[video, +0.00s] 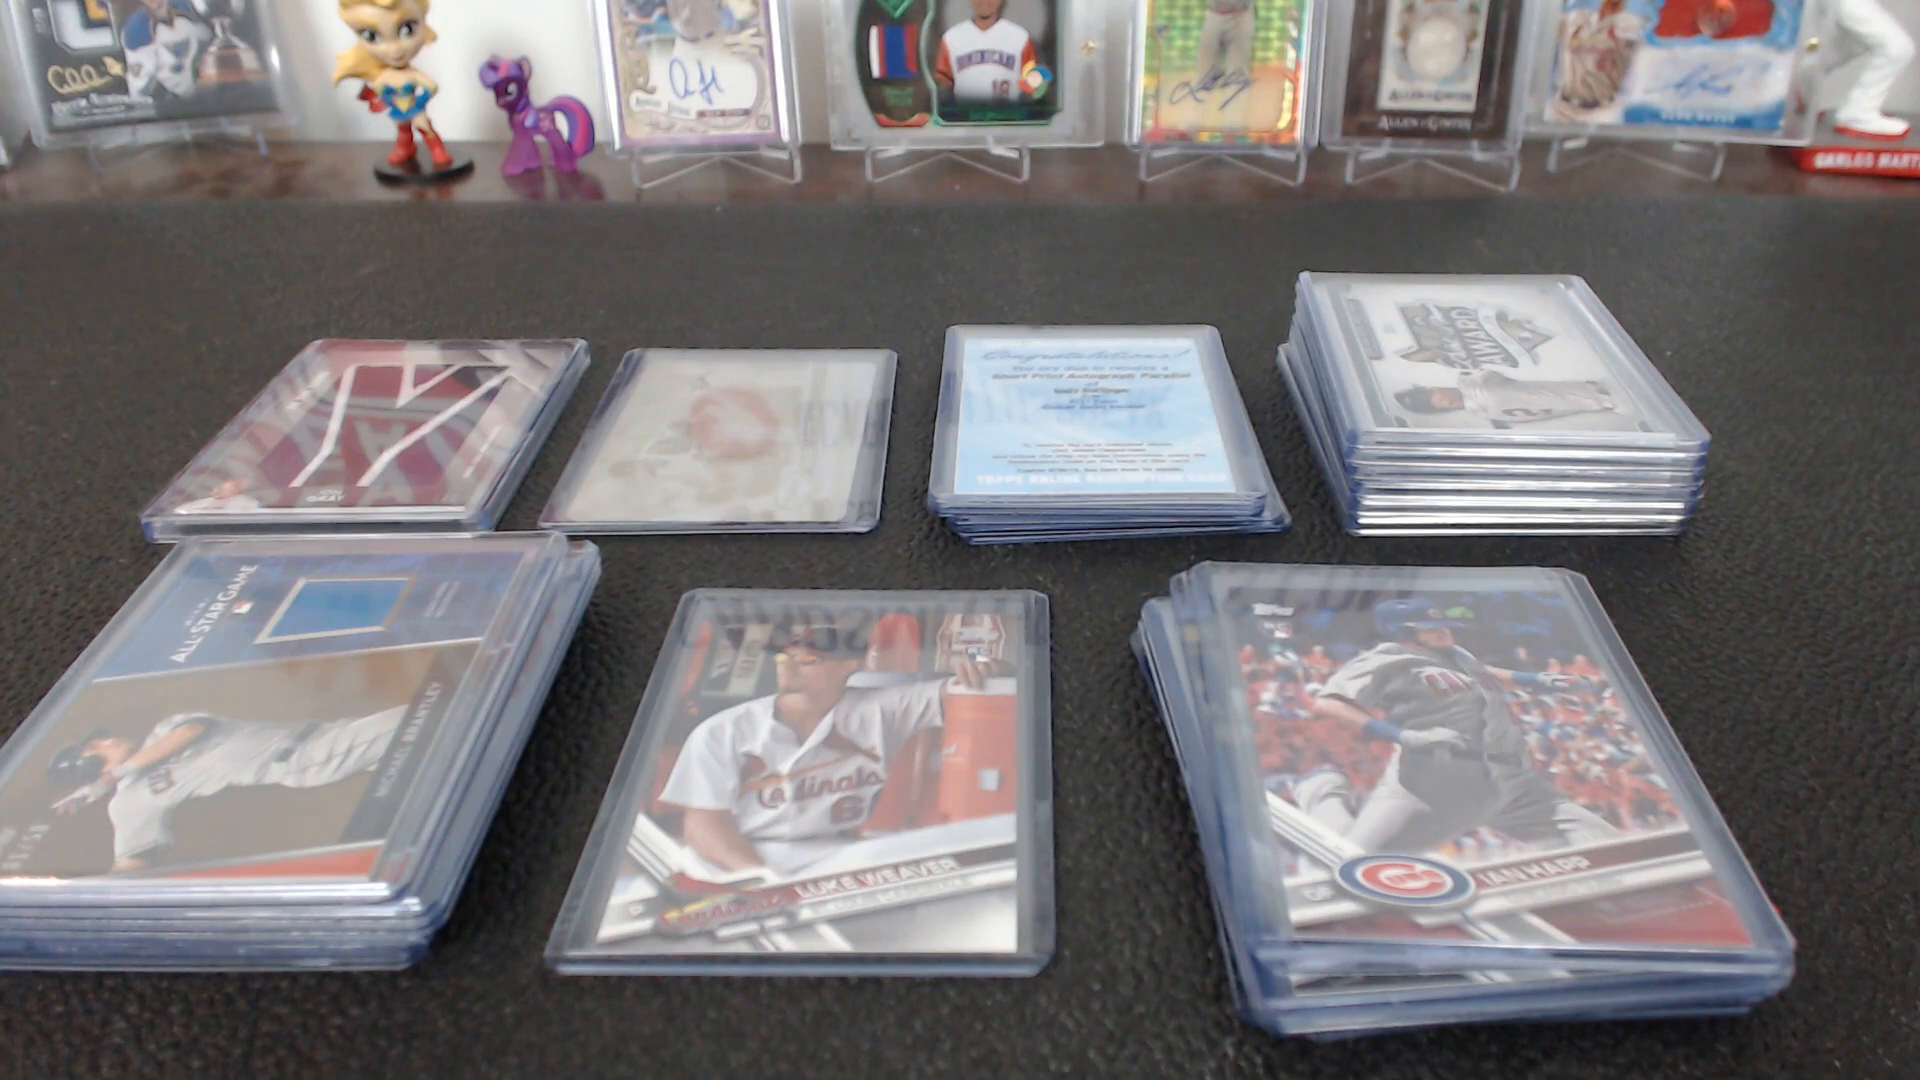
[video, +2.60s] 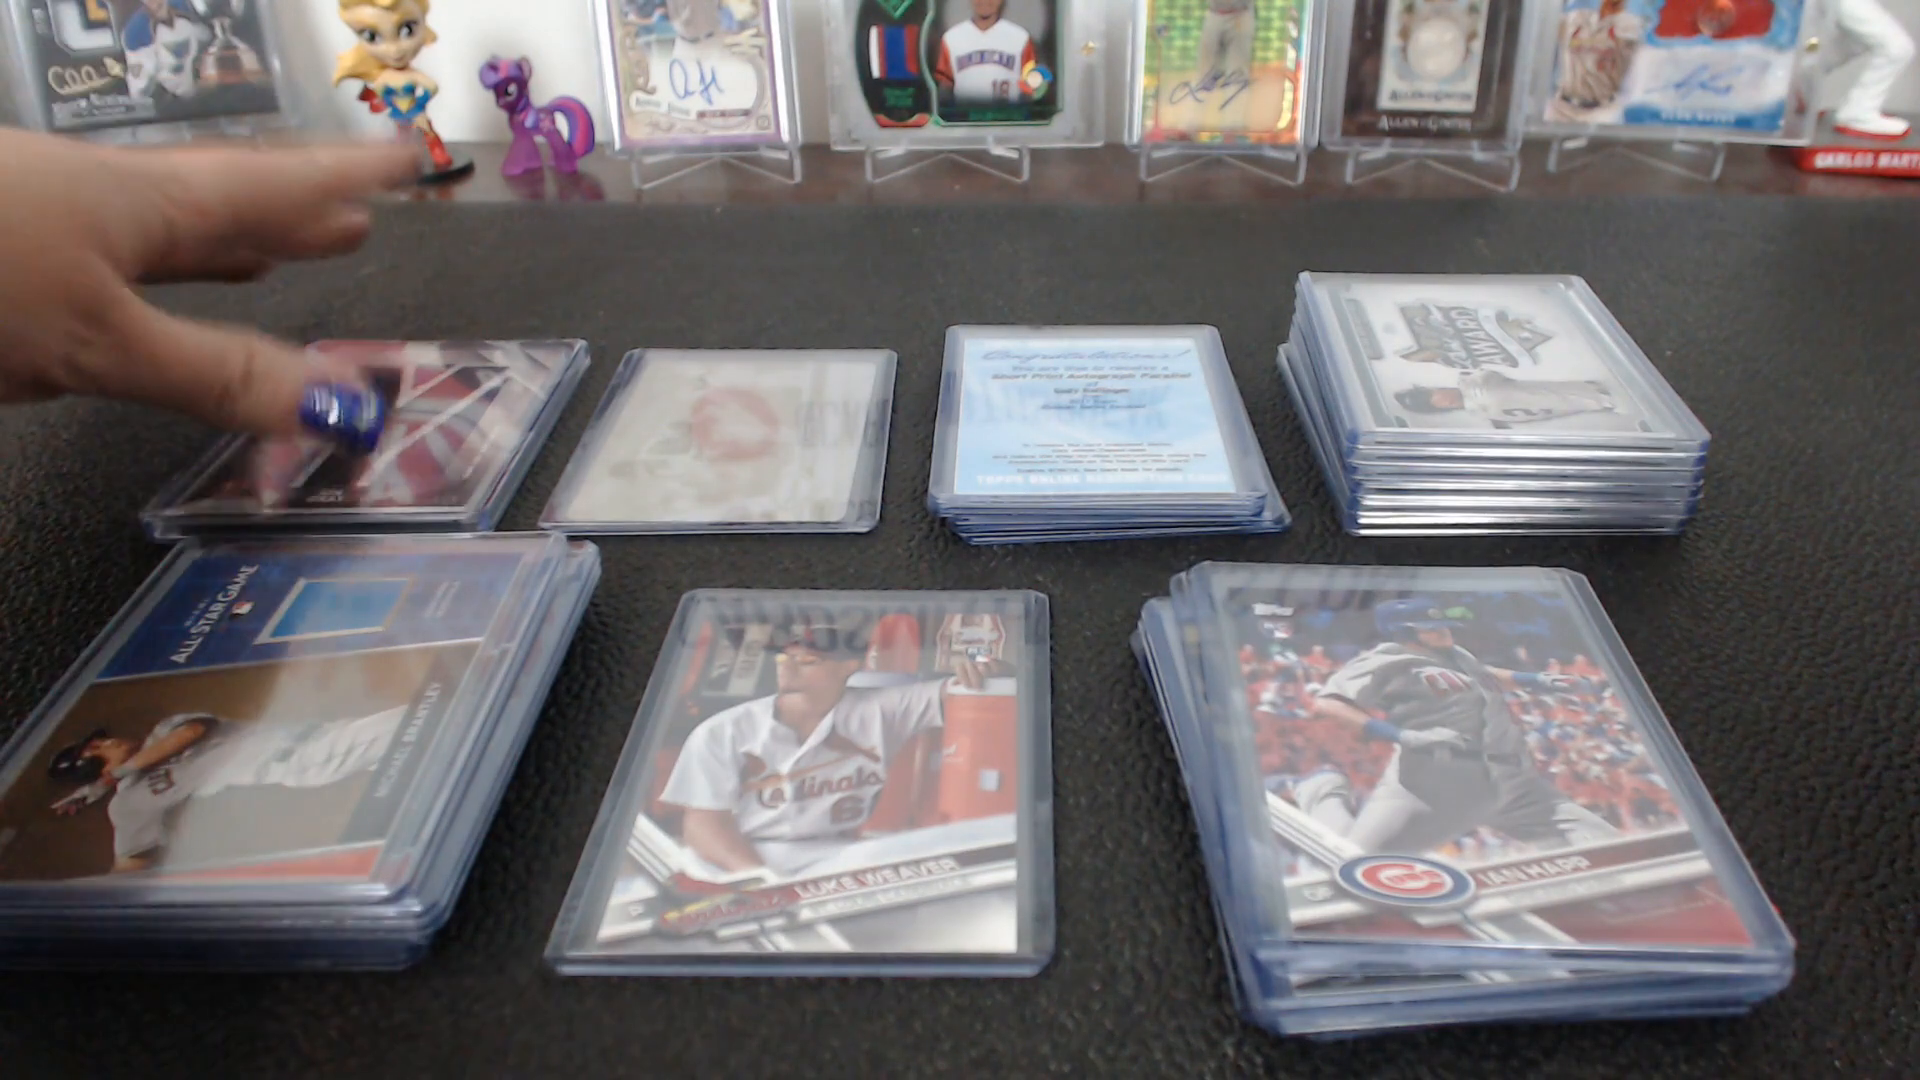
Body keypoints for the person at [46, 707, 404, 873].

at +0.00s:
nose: (111, 741)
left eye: (101, 740)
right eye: (101, 747)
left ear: (108, 741)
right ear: (100, 771)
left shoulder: (161, 728)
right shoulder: (131, 798)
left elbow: (193, 732)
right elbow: (129, 870)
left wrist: (117, 775)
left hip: (312, 733)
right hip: (299, 760)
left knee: (416, 721)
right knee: (414, 717)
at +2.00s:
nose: (112, 741)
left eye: (101, 741)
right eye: (102, 747)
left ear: (107, 742)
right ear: (101, 769)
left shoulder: (162, 728)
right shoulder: (131, 798)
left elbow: (193, 732)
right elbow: (130, 869)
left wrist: (114, 777)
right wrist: (89, 902)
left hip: (314, 732)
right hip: (301, 760)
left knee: (419, 719)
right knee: (417, 717)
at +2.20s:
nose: (109, 751)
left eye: (98, 747)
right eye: (99, 760)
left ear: (108, 736)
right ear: (100, 776)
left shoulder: (160, 727)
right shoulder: (131, 801)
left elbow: (191, 733)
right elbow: (128, 872)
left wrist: (117, 775)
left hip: (305, 735)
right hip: (291, 768)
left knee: (412, 719)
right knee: (408, 721)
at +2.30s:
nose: (104, 771)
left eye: (98, 758)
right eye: (94, 774)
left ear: (112, 741)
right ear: (96, 786)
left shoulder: (161, 731)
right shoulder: (130, 802)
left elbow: (193, 732)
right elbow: (130, 871)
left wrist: (124, 770)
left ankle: (418, 715)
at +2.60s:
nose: (115, 741)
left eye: (106, 739)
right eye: (104, 744)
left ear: (109, 742)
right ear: (100, 764)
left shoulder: (163, 727)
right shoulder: (129, 802)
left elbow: (196, 731)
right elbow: (129, 872)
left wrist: (115, 777)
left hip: (294, 736)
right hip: (277, 774)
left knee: (407, 721)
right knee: (399, 726)